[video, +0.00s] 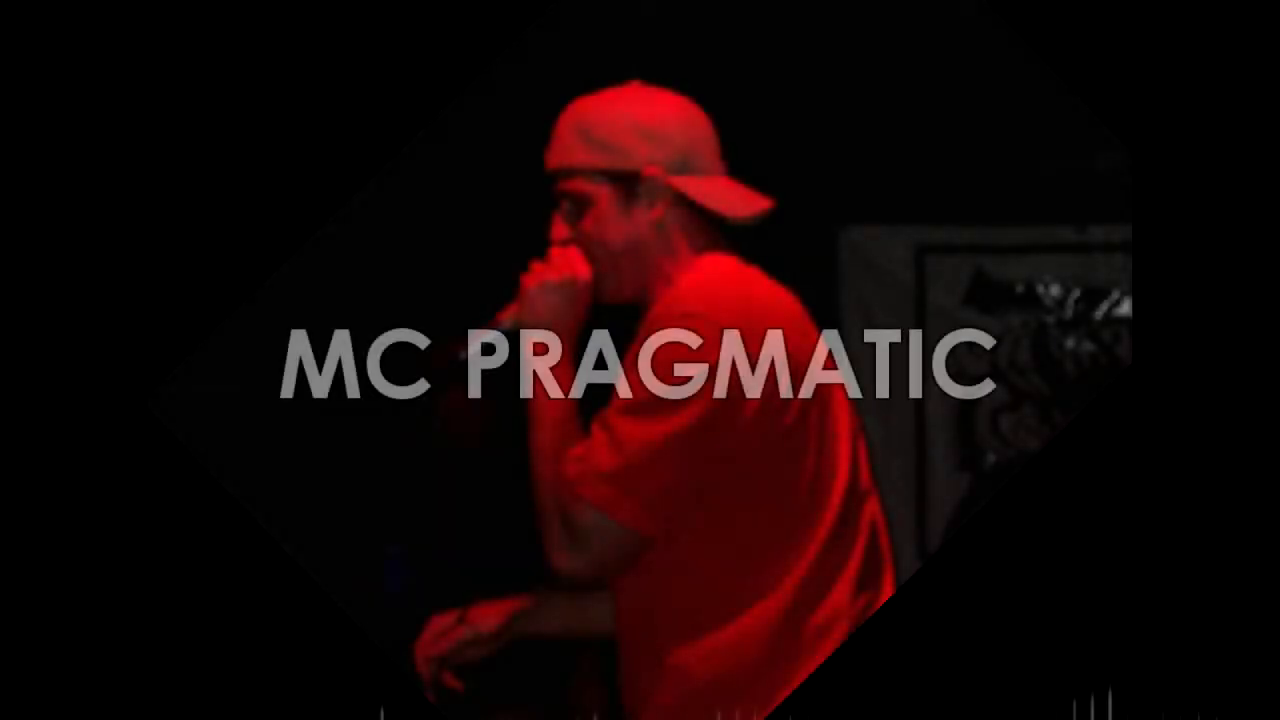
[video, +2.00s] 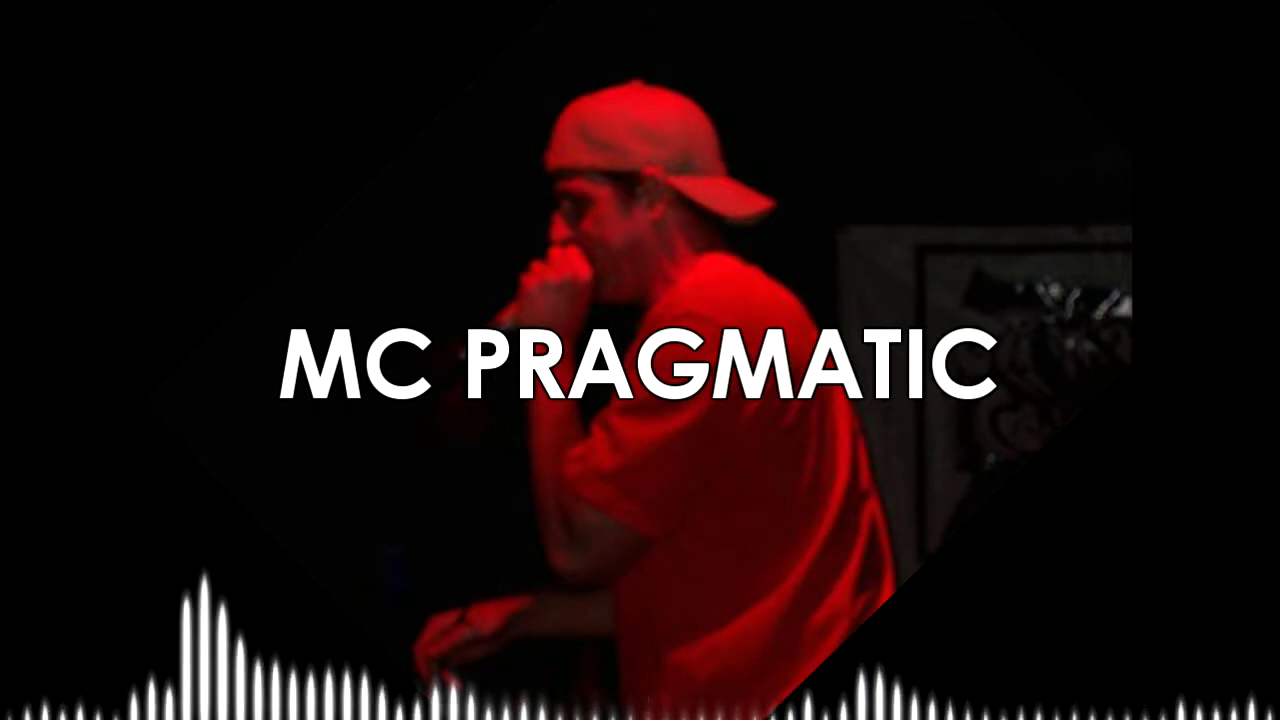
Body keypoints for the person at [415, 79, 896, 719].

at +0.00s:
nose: (559, 234)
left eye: (577, 206)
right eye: (559, 209)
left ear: (653, 200)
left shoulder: (705, 315)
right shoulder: (750, 305)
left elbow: (578, 542)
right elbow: (701, 576)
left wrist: (546, 348)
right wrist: (520, 621)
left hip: (731, 700)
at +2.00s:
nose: (559, 233)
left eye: (576, 206)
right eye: (559, 209)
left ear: (652, 199)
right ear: (649, 200)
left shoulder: (706, 314)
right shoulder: (746, 303)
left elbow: (577, 544)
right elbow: (700, 580)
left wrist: (546, 348)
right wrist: (520, 619)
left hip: (736, 704)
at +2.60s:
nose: (560, 233)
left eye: (577, 206)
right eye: (559, 209)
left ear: (653, 198)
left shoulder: (706, 314)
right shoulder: (750, 305)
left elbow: (577, 544)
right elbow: (702, 580)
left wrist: (545, 347)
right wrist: (520, 619)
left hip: (727, 706)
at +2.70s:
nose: (560, 233)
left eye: (577, 206)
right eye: (559, 209)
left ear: (653, 199)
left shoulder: (705, 314)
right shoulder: (749, 304)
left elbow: (577, 543)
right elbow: (701, 579)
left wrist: (545, 348)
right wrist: (521, 619)